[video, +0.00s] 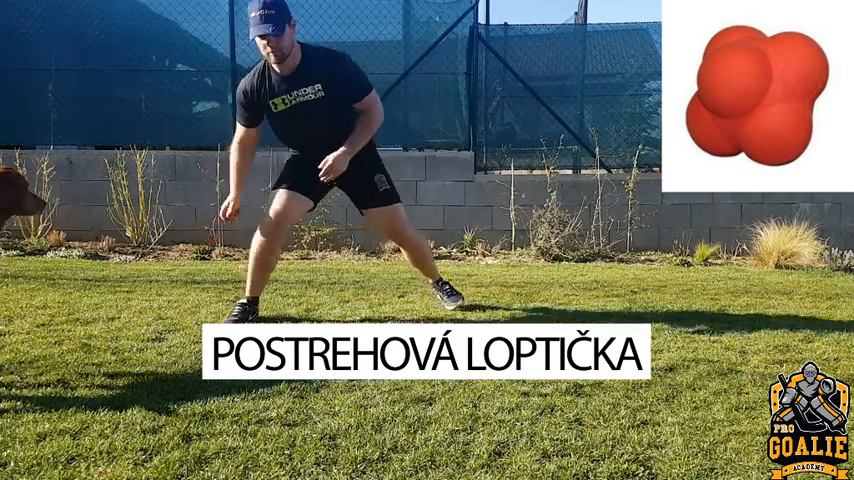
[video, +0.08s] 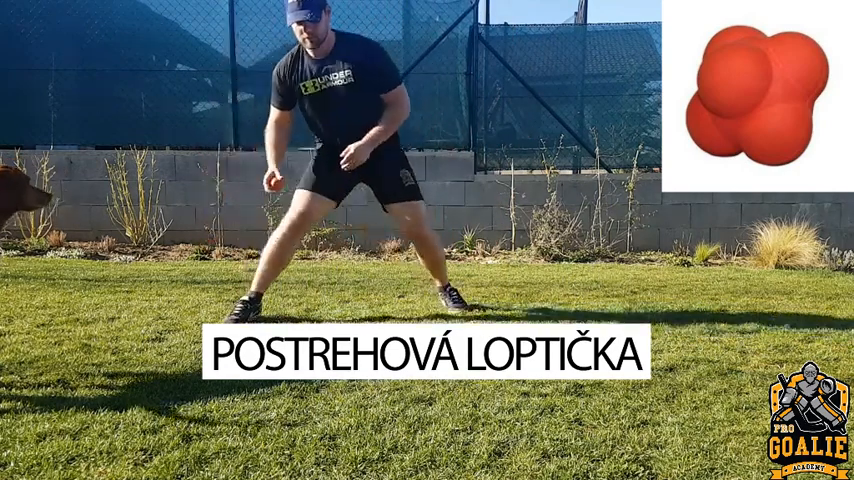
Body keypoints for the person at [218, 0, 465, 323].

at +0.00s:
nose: (269, 43)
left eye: (275, 33)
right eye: (261, 37)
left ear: (292, 28)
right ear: (254, 39)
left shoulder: (334, 64)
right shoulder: (252, 89)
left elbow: (373, 112)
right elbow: (243, 142)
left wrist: (346, 152)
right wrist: (234, 192)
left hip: (357, 152)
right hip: (307, 159)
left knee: (400, 233)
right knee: (273, 223)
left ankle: (439, 283)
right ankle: (249, 304)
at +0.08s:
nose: (305, 31)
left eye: (311, 21)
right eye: (298, 25)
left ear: (327, 15)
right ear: (290, 27)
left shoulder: (366, 52)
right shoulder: (287, 71)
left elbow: (400, 105)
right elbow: (278, 122)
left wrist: (369, 143)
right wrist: (274, 164)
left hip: (381, 148)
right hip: (332, 154)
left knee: (415, 225)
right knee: (296, 220)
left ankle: (446, 288)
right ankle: (252, 299)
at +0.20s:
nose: (340, 25)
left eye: (346, 17)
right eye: (333, 19)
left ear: (361, 12)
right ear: (326, 21)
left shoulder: (396, 51)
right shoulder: (319, 65)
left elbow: (427, 106)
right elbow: (310, 116)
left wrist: (391, 143)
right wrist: (311, 149)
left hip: (403, 150)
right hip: (353, 151)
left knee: (431, 229)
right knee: (314, 216)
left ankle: (449, 290)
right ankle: (271, 295)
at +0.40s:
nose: (380, 16)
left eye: (387, 9)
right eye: (373, 10)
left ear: (399, 7)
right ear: (365, 11)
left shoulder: (428, 46)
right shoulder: (351, 53)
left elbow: (456, 98)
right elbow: (336, 108)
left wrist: (437, 151)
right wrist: (353, 129)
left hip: (423, 153)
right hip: (373, 152)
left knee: (439, 228)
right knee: (338, 219)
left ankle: (452, 292)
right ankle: (313, 293)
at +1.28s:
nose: (368, 20)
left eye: (375, 13)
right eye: (362, 13)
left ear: (391, 11)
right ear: (354, 14)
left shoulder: (416, 55)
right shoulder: (337, 57)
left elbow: (436, 112)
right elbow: (314, 106)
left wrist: (431, 154)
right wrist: (303, 138)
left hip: (403, 151)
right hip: (354, 150)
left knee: (424, 220)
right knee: (328, 214)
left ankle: (450, 291)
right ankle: (310, 289)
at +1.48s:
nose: (321, 43)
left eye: (328, 34)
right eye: (314, 35)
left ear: (345, 31)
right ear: (307, 35)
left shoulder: (377, 70)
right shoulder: (301, 84)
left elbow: (407, 118)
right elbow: (282, 126)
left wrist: (399, 166)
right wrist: (259, 154)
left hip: (380, 162)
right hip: (331, 164)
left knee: (416, 228)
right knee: (297, 219)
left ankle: (449, 291)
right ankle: (277, 299)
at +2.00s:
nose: (323, 24)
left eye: (330, 15)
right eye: (316, 18)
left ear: (345, 17)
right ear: (309, 24)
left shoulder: (377, 61)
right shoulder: (297, 77)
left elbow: (407, 114)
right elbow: (282, 131)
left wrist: (385, 158)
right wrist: (302, 164)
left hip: (382, 157)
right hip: (332, 163)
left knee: (420, 230)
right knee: (301, 221)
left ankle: (448, 291)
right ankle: (277, 300)